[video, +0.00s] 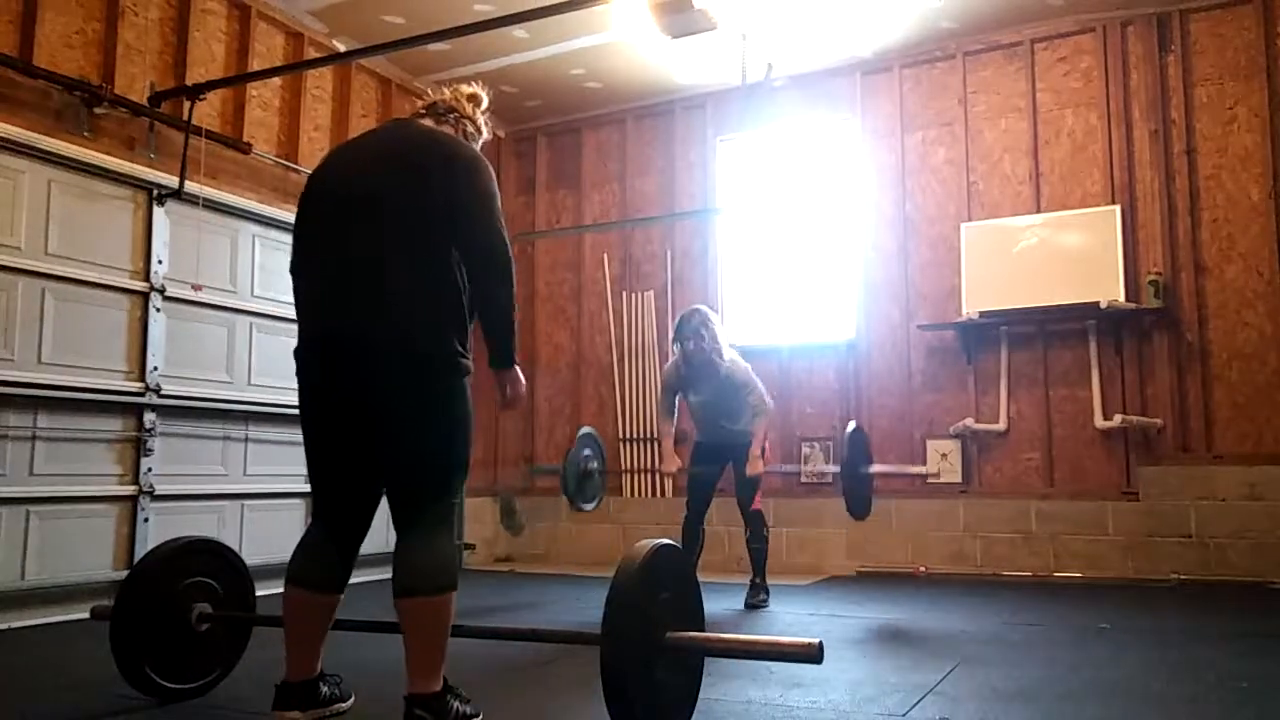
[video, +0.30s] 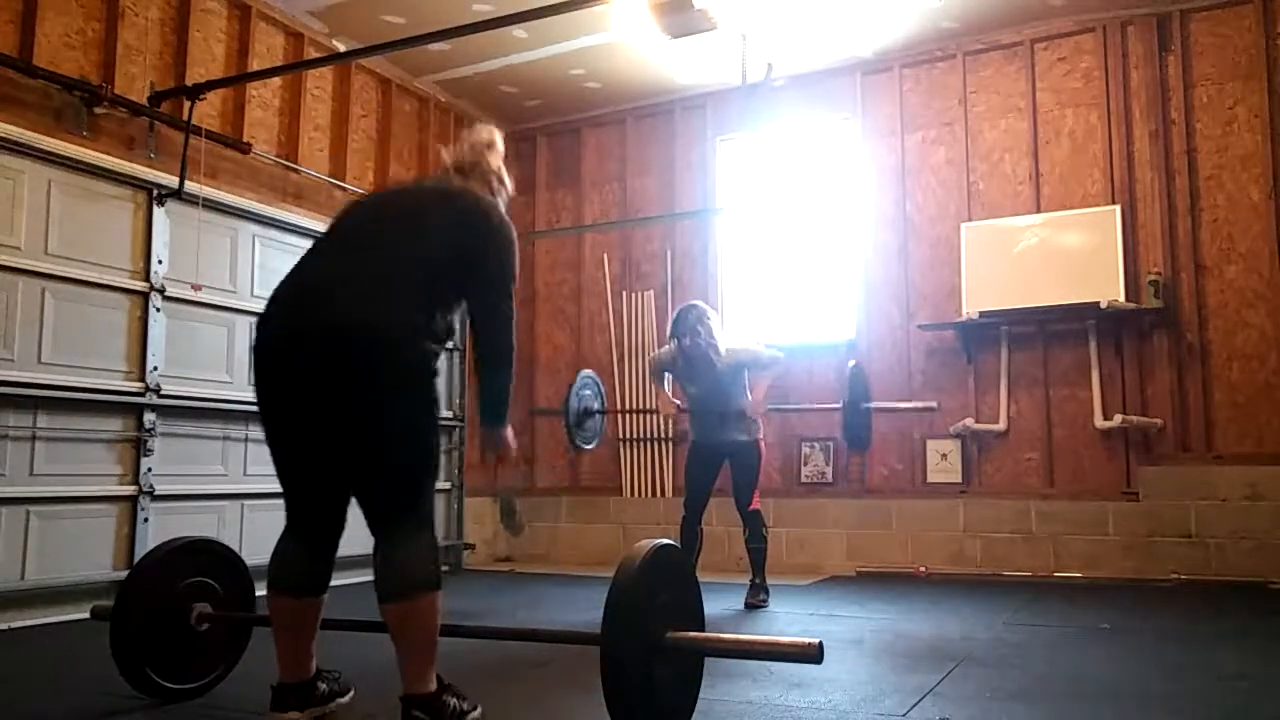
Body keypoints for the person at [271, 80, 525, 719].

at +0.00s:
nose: (480, 153)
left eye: (482, 147)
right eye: (483, 146)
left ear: (424, 115)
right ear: (471, 132)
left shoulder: (343, 156)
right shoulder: (462, 158)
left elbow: (307, 262)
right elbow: (490, 259)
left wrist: (326, 346)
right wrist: (504, 357)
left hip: (329, 362)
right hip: (421, 365)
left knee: (333, 516)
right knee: (429, 521)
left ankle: (299, 682)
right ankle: (427, 694)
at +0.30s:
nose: (506, 204)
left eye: (506, 196)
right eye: (507, 195)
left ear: (449, 172)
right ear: (496, 185)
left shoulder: (387, 200)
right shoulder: (487, 222)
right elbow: (493, 325)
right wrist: (495, 419)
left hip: (287, 348)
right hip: (382, 363)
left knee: (311, 515)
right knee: (404, 524)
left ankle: (294, 684)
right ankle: (422, 694)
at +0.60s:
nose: (511, 355)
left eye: (512, 348)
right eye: (511, 347)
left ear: (468, 317)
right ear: (504, 339)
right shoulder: (489, 361)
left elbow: (343, 460)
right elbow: (490, 478)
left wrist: (330, 575)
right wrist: (492, 577)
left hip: (259, 361)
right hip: (369, 370)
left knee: (316, 518)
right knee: (423, 529)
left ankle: (298, 686)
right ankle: (425, 694)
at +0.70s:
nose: (511, 378)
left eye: (512, 371)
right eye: (512, 372)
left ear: (474, 339)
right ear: (505, 365)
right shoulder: (489, 386)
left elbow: (342, 480)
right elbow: (493, 504)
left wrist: (323, 593)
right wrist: (494, 602)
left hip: (255, 351)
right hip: (369, 363)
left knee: (312, 519)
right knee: (412, 527)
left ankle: (295, 685)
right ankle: (423, 693)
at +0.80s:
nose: (513, 391)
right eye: (511, 386)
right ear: (505, 379)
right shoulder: (494, 395)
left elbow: (330, 498)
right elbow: (501, 516)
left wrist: (315, 598)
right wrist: (498, 609)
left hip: (252, 341)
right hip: (363, 352)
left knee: (301, 519)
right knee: (400, 527)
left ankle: (288, 685)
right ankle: (420, 694)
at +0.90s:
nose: (510, 397)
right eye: (511, 391)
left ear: (477, 351)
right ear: (507, 379)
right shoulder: (492, 393)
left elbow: (348, 487)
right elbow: (500, 514)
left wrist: (319, 589)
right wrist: (498, 607)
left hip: (252, 360)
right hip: (365, 369)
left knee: (315, 518)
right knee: (415, 527)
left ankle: (295, 685)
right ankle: (425, 694)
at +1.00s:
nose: (510, 386)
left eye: (513, 380)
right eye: (511, 379)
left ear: (467, 341)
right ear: (502, 364)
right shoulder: (490, 387)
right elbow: (496, 513)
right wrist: (495, 605)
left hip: (251, 386)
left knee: (334, 520)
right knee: (430, 528)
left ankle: (298, 685)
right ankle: (426, 694)